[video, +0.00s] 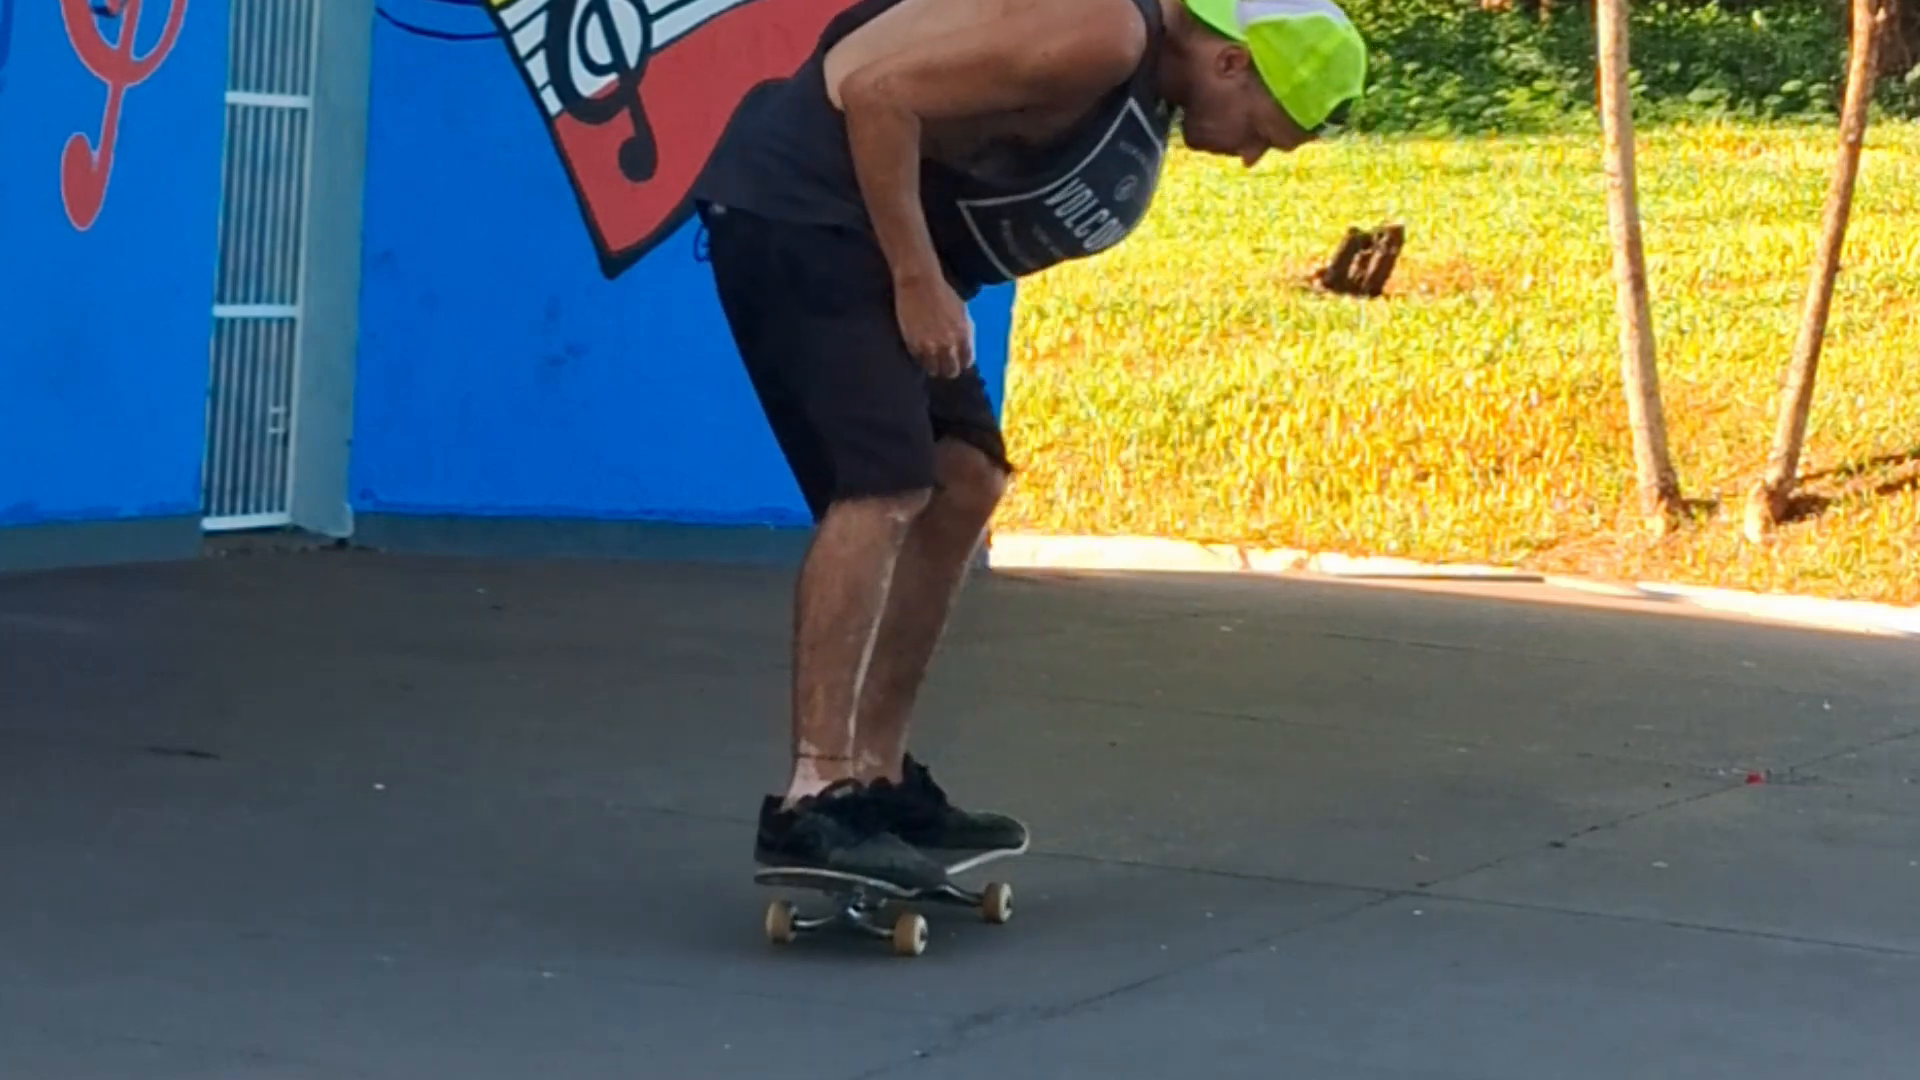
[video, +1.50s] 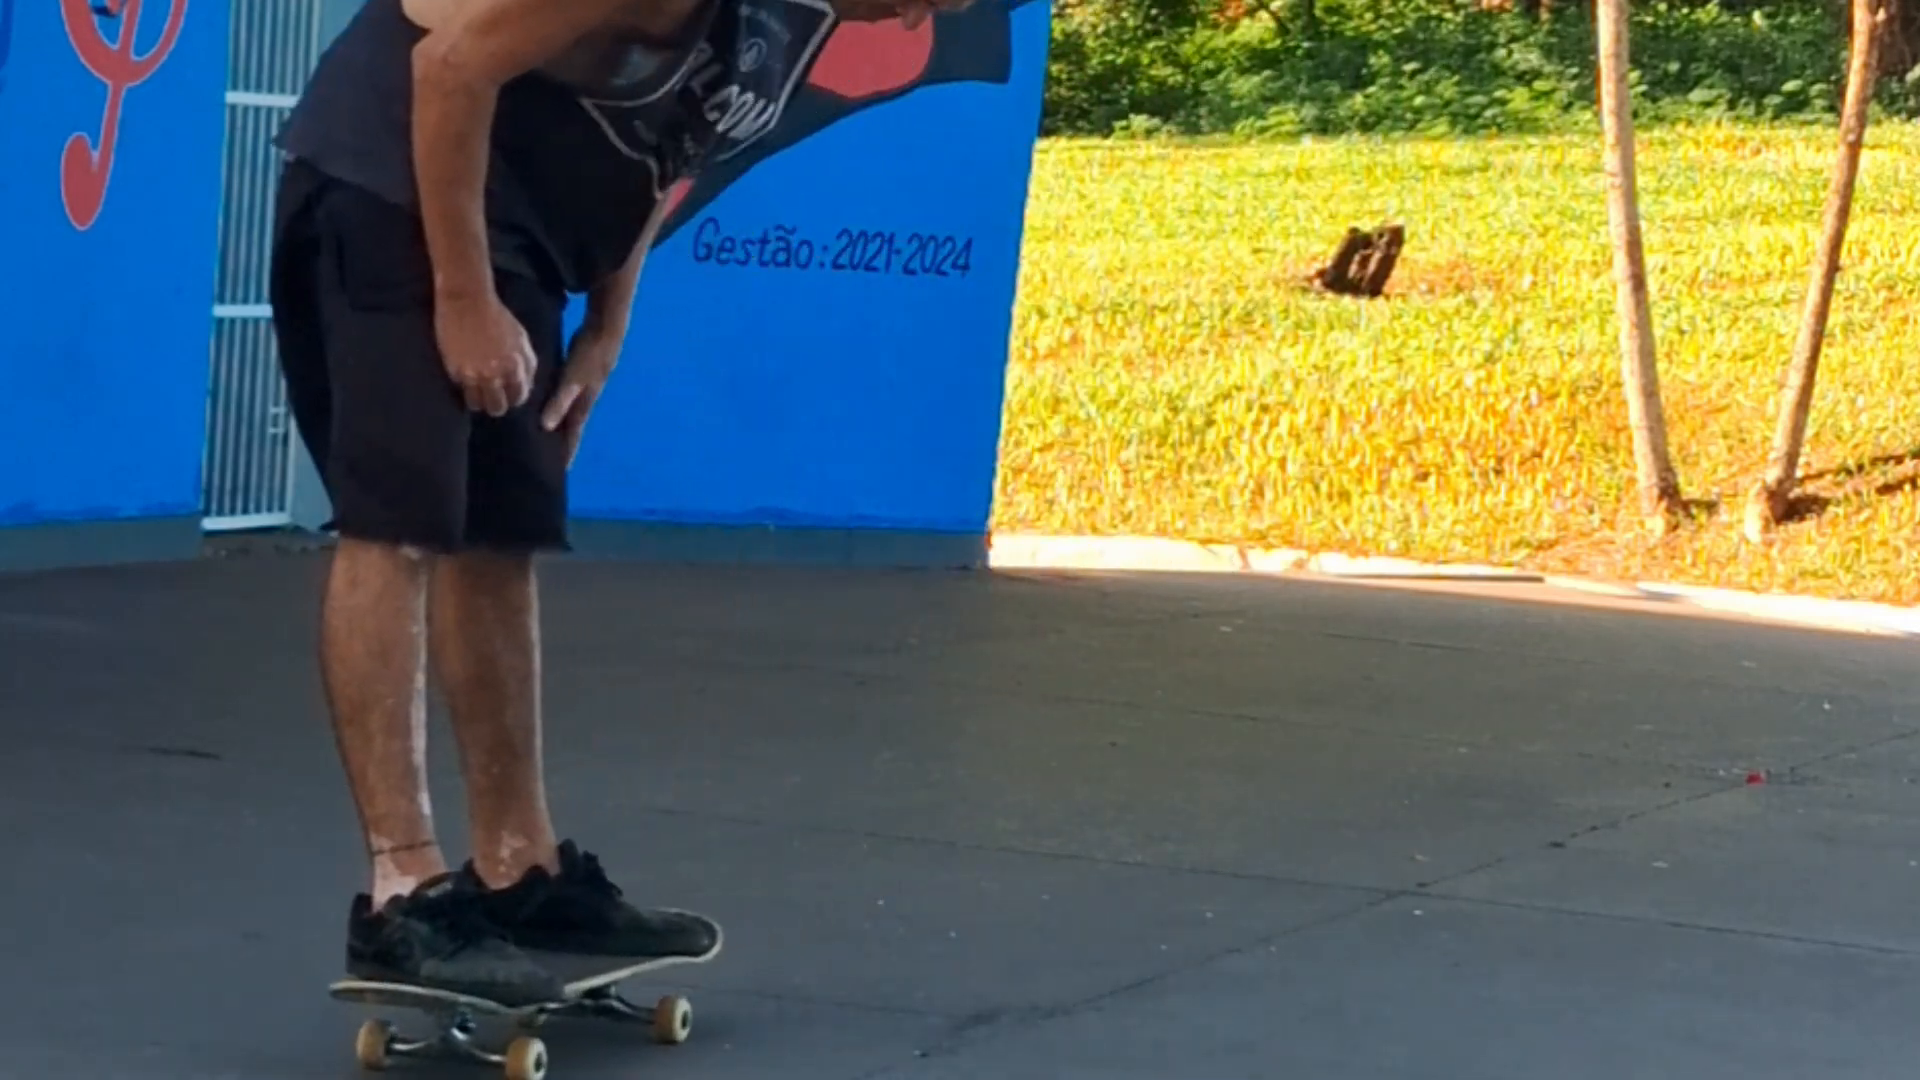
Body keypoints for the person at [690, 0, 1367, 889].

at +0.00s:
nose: (1251, 159)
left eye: (1271, 147)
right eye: (1261, 135)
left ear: (1235, 67)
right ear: (1233, 65)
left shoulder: (1143, 99)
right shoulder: (1100, 38)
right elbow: (874, 86)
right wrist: (920, 279)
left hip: (890, 238)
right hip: (798, 207)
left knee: (965, 479)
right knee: (880, 482)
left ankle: (876, 776)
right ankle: (813, 795)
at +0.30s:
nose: (1207, 116)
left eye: (1227, 105)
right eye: (1212, 90)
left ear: (1169, 18)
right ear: (1173, 18)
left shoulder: (1089, 69)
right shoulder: (1016, 22)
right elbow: (803, 76)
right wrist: (829, 285)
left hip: (834, 243)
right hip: (727, 204)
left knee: (866, 477)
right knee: (782, 483)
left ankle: (816, 796)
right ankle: (742, 814)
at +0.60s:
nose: (1151, 89)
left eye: (1170, 79)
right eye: (1155, 63)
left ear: (1101, 11)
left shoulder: (1006, 50)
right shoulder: (943, 12)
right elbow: (731, 77)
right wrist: (742, 291)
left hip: (758, 229)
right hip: (655, 195)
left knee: (760, 497)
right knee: (676, 496)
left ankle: (748, 814)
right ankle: (667, 832)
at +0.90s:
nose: (1082, 58)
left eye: (1096, 49)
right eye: (1084, 36)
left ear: (1050, 16)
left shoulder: (956, 43)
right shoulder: (863, 10)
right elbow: (645, 78)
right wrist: (651, 297)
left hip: (682, 229)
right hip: (571, 197)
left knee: (668, 514)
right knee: (578, 507)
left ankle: (677, 831)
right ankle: (585, 854)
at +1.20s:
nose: (1014, 23)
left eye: (1026, 20)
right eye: (1012, 6)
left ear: (993, 17)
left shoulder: (907, 51)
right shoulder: (771, 4)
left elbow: (723, 143)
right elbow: (550, 67)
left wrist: (685, 311)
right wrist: (557, 294)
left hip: (609, 225)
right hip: (479, 178)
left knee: (590, 521)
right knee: (485, 512)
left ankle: (603, 854)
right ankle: (499, 874)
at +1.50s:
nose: (920, 14)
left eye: (934, 10)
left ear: (906, 9)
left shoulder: (794, 33)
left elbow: (658, 156)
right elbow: (451, 64)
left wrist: (604, 330)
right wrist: (464, 298)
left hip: (519, 215)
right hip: (388, 169)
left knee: (501, 524)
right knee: (393, 521)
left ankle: (519, 873)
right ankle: (403, 895)